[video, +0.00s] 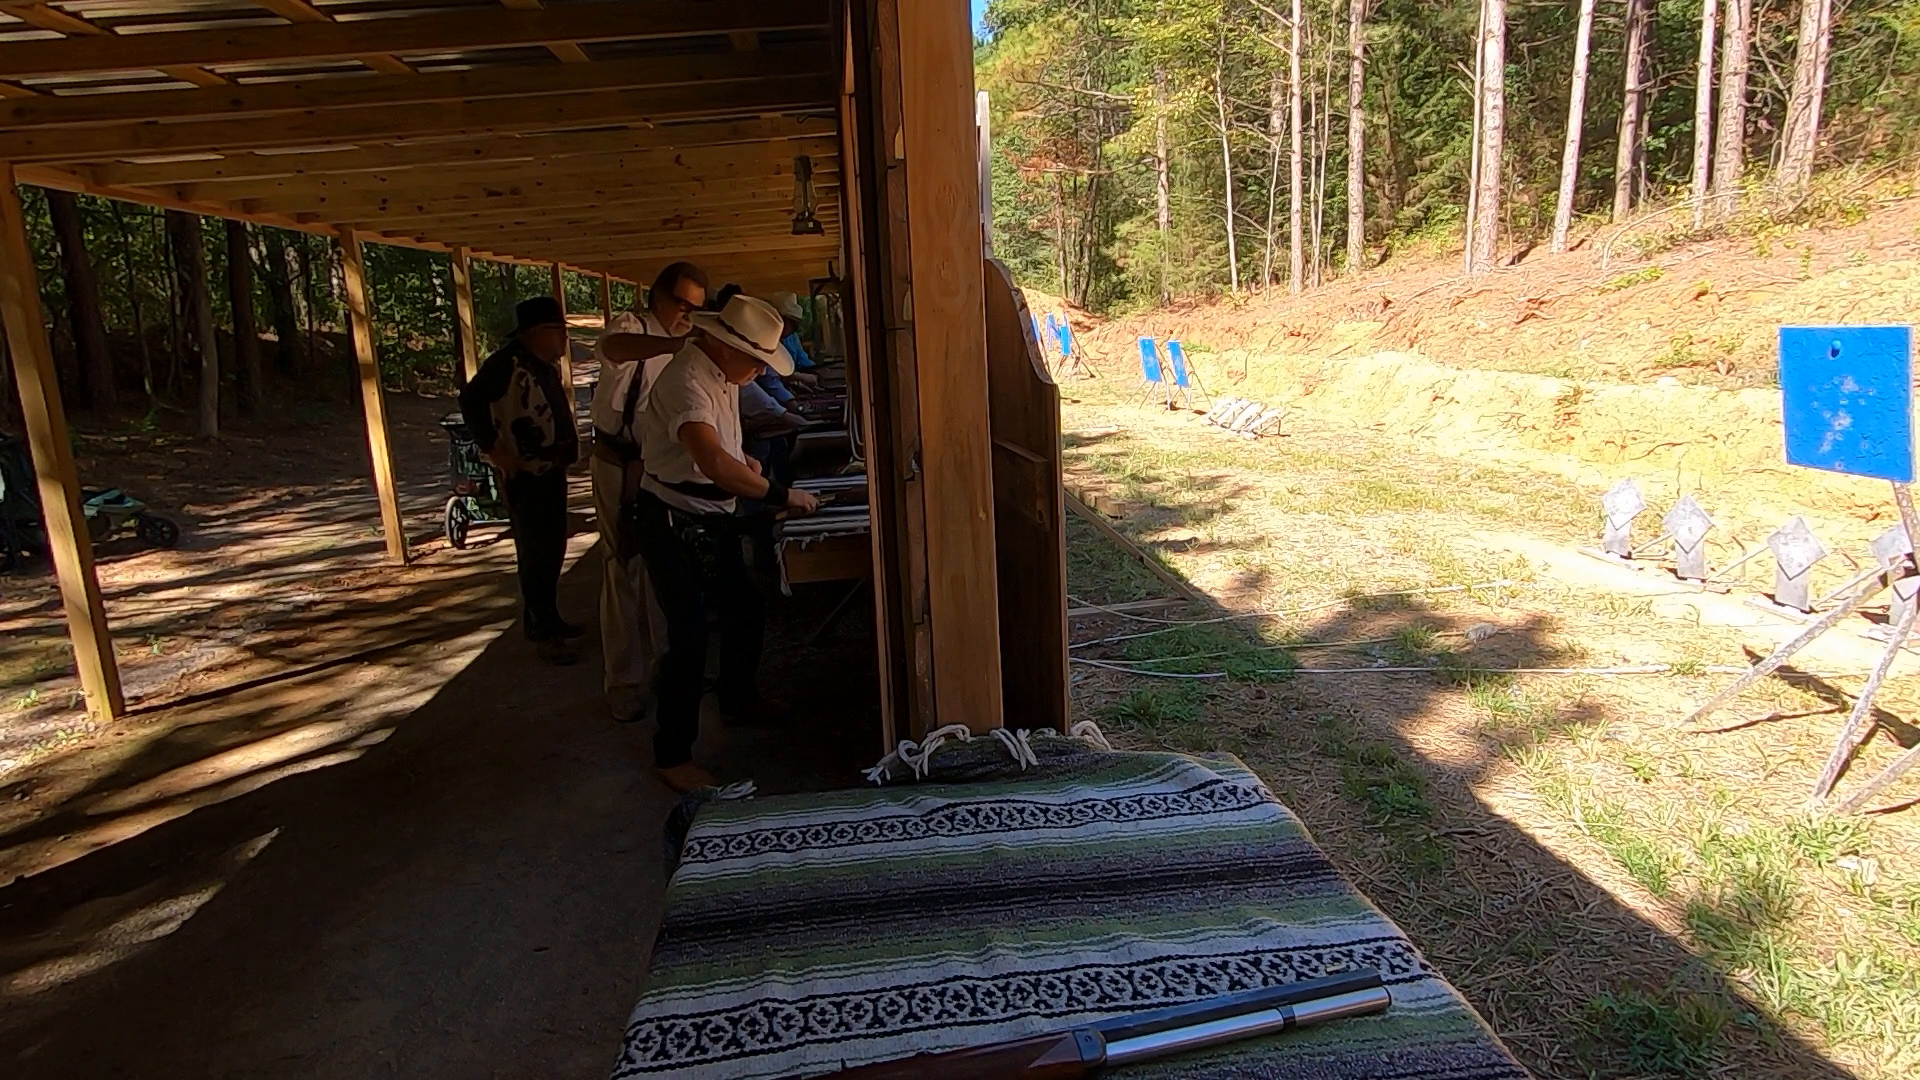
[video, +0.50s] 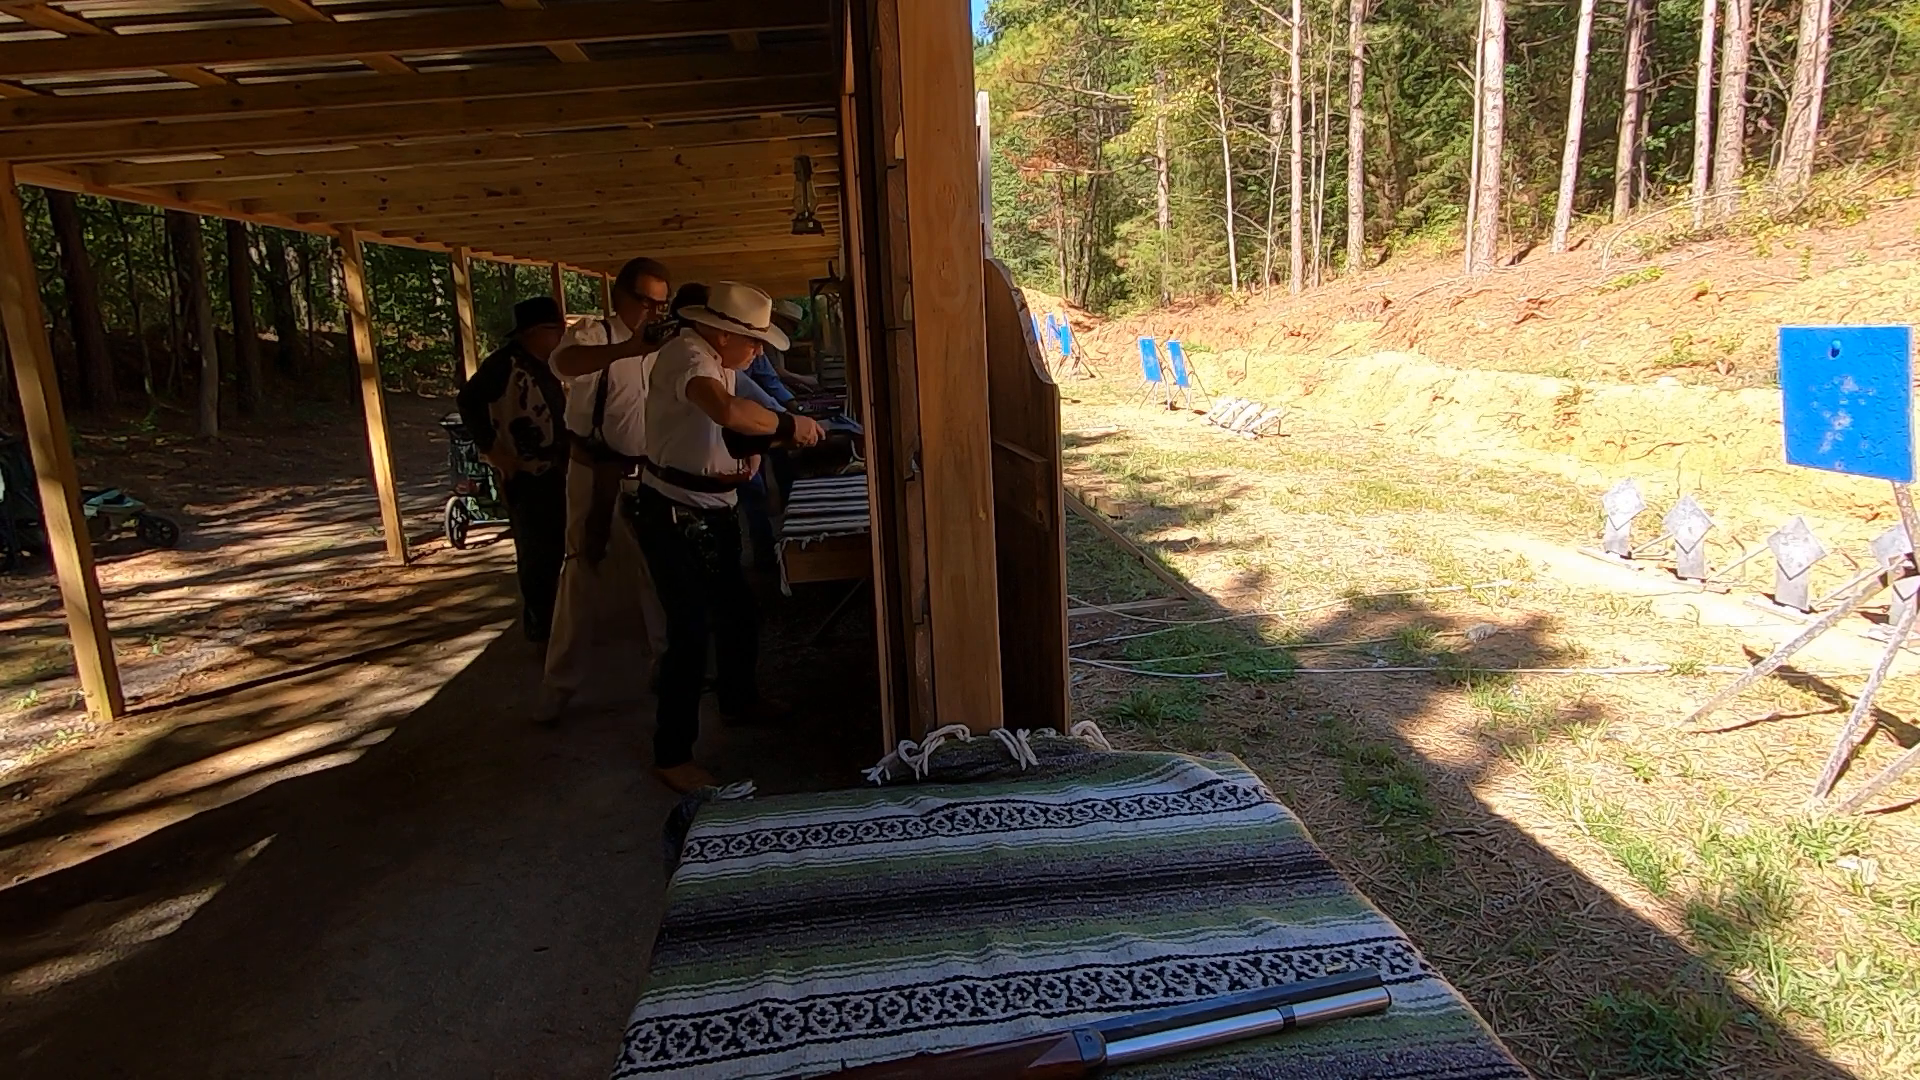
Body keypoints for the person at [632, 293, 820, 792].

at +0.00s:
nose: (758, 374)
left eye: (762, 366)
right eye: (757, 364)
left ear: (728, 348)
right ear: (730, 348)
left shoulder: (721, 377)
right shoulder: (686, 378)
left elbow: (724, 445)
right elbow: (711, 461)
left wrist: (747, 466)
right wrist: (781, 494)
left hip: (716, 516)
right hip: (673, 520)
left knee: (742, 611)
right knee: (690, 634)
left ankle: (739, 704)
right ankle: (672, 757)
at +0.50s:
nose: (757, 355)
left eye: (760, 346)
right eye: (753, 344)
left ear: (727, 335)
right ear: (725, 333)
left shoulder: (717, 362)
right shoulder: (686, 353)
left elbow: (722, 424)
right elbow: (724, 409)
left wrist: (751, 450)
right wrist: (786, 423)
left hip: (717, 512)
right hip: (672, 513)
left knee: (737, 613)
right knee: (689, 632)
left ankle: (740, 706)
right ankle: (673, 756)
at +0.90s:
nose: (750, 333)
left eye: (750, 324)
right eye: (743, 325)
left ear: (722, 324)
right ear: (712, 323)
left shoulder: (730, 359)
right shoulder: (669, 343)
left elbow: (757, 415)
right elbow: (702, 390)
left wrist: (784, 383)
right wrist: (755, 370)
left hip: (724, 508)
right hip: (674, 510)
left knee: (734, 615)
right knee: (682, 632)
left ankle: (739, 707)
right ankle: (672, 756)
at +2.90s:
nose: (727, 333)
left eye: (728, 324)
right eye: (717, 324)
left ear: (725, 325)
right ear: (684, 324)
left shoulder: (726, 376)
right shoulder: (651, 346)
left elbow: (785, 415)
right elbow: (688, 380)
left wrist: (850, 399)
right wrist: (749, 377)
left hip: (707, 513)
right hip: (652, 513)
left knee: (732, 613)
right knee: (674, 629)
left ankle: (740, 708)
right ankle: (672, 756)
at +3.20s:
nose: (723, 330)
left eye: (724, 321)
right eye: (714, 321)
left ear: (717, 321)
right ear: (682, 321)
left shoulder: (720, 363)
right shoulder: (651, 349)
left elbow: (773, 415)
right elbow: (671, 412)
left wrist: (834, 383)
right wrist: (740, 404)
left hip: (709, 511)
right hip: (656, 512)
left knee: (727, 615)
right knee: (674, 629)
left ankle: (741, 710)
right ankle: (672, 756)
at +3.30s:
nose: (725, 330)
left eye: (726, 321)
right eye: (715, 321)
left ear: (721, 322)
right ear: (681, 318)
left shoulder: (720, 363)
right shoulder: (645, 362)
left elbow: (758, 425)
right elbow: (640, 444)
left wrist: (798, 394)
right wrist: (702, 416)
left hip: (718, 511)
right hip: (666, 514)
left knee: (731, 617)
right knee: (681, 630)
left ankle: (740, 710)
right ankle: (673, 756)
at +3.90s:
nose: (718, 345)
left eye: (721, 335)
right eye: (708, 335)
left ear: (719, 329)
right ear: (679, 327)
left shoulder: (724, 360)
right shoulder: (646, 363)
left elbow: (769, 412)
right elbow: (657, 436)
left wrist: (818, 400)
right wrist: (723, 399)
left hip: (734, 507)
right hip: (679, 514)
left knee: (744, 614)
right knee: (688, 630)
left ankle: (741, 707)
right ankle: (674, 756)